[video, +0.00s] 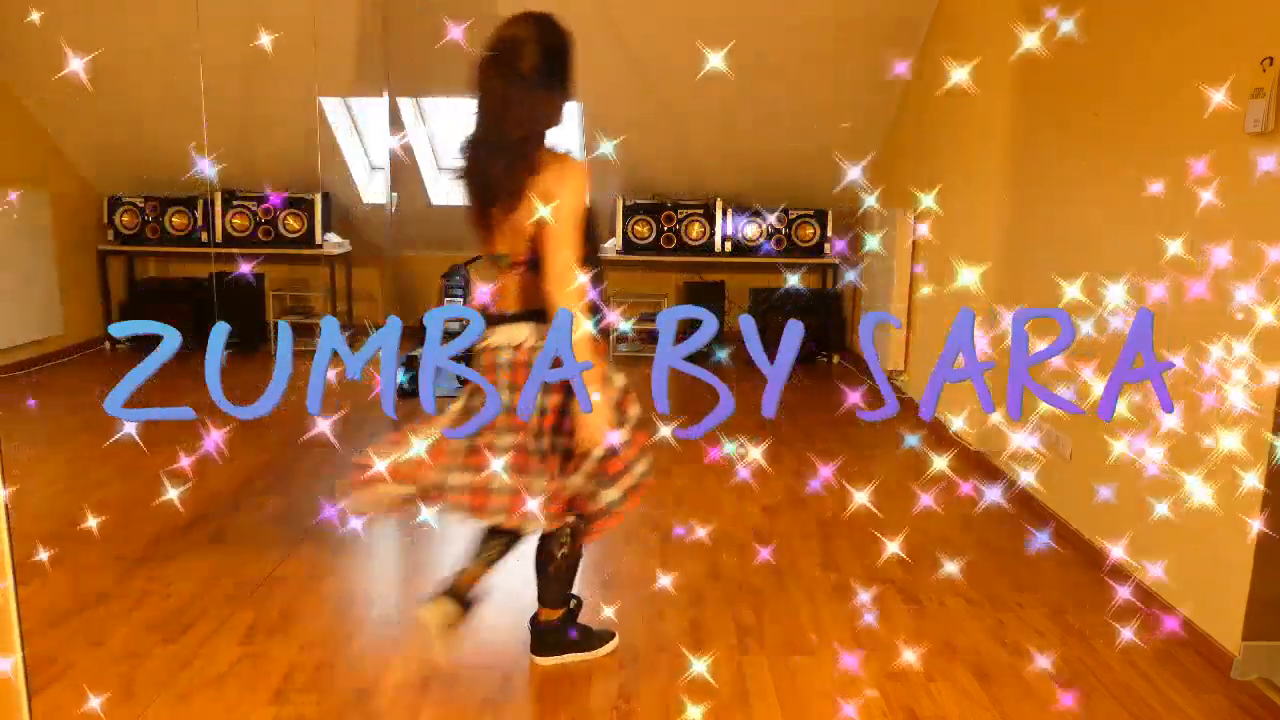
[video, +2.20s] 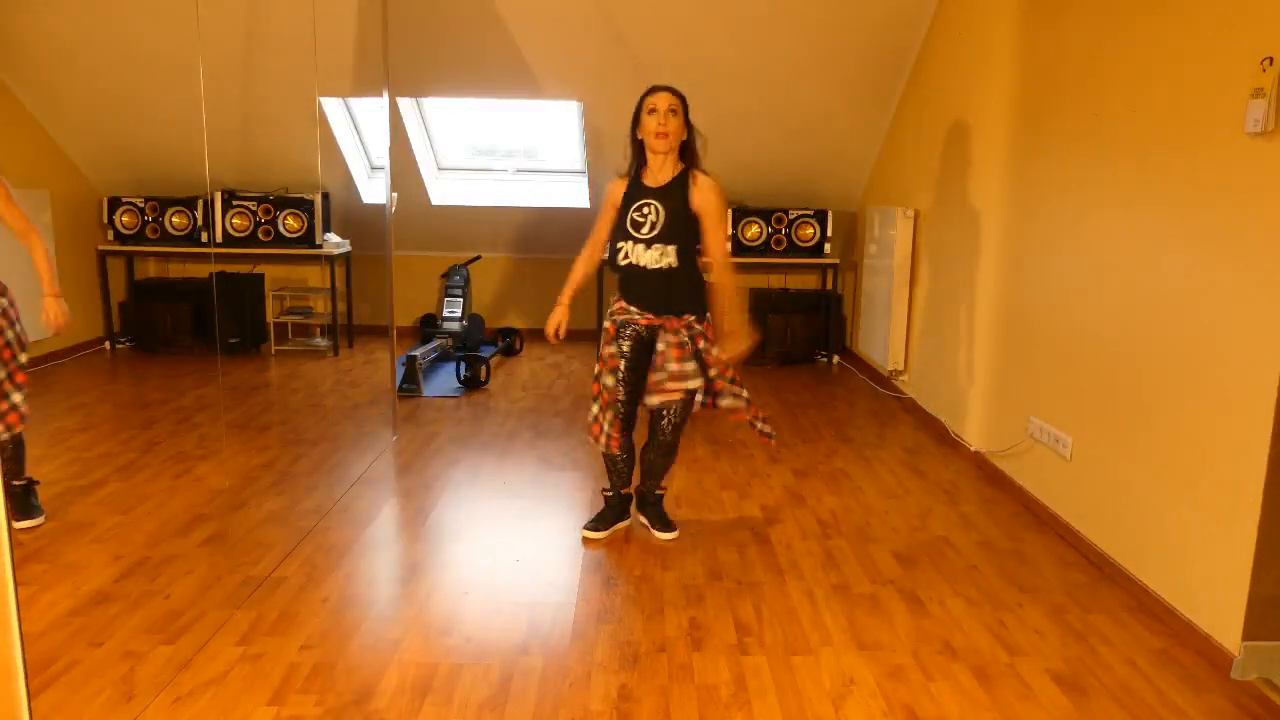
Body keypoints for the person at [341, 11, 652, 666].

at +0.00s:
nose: (566, 91)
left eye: (559, 79)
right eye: (563, 79)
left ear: (491, 84)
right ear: (556, 87)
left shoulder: (483, 163)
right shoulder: (562, 170)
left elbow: (496, 261)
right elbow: (560, 285)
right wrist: (588, 391)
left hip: (498, 338)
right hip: (548, 339)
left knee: (531, 477)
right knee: (581, 476)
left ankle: (462, 587)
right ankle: (554, 620)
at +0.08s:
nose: (591, 90)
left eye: (584, 78)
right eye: (587, 78)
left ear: (519, 78)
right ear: (579, 83)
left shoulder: (513, 158)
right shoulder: (583, 162)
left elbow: (531, 256)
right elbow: (574, 273)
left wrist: (600, 292)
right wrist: (613, 365)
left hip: (532, 329)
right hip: (574, 334)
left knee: (571, 454)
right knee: (588, 471)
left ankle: (538, 560)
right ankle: (555, 620)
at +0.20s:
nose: (624, 88)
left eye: (617, 75)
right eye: (621, 76)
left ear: (556, 78)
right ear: (613, 81)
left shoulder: (563, 154)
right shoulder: (599, 160)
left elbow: (604, 245)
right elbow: (575, 270)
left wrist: (655, 281)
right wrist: (624, 347)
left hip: (597, 322)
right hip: (601, 329)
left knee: (635, 436)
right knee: (597, 474)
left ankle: (634, 548)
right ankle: (554, 617)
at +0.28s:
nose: (649, 98)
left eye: (646, 86)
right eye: (645, 86)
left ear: (589, 90)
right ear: (629, 93)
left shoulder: (612, 165)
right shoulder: (607, 171)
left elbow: (636, 253)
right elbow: (572, 272)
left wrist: (689, 281)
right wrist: (620, 348)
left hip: (625, 335)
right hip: (613, 341)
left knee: (651, 438)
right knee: (608, 477)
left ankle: (671, 540)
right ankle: (556, 614)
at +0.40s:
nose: (683, 94)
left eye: (679, 85)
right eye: (671, 88)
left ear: (654, 103)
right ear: (641, 102)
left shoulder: (674, 169)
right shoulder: (628, 186)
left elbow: (692, 246)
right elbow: (580, 271)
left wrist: (745, 281)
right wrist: (604, 353)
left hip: (679, 332)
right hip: (639, 338)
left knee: (685, 433)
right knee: (613, 468)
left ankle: (689, 544)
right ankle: (560, 598)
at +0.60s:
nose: (691, 93)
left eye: (700, 82)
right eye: (677, 84)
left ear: (713, 92)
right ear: (659, 98)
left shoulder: (736, 159)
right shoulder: (640, 164)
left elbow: (752, 231)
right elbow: (612, 242)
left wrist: (781, 275)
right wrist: (600, 305)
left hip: (721, 316)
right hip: (658, 315)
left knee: (716, 429)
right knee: (651, 435)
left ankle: (694, 535)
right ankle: (624, 546)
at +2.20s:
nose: (662, 120)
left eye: (672, 113)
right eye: (652, 113)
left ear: (685, 127)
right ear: (639, 127)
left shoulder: (702, 189)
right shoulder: (621, 189)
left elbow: (720, 264)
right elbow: (593, 250)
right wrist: (564, 302)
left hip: (683, 322)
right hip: (628, 317)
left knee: (668, 424)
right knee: (614, 413)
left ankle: (650, 497)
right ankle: (618, 500)